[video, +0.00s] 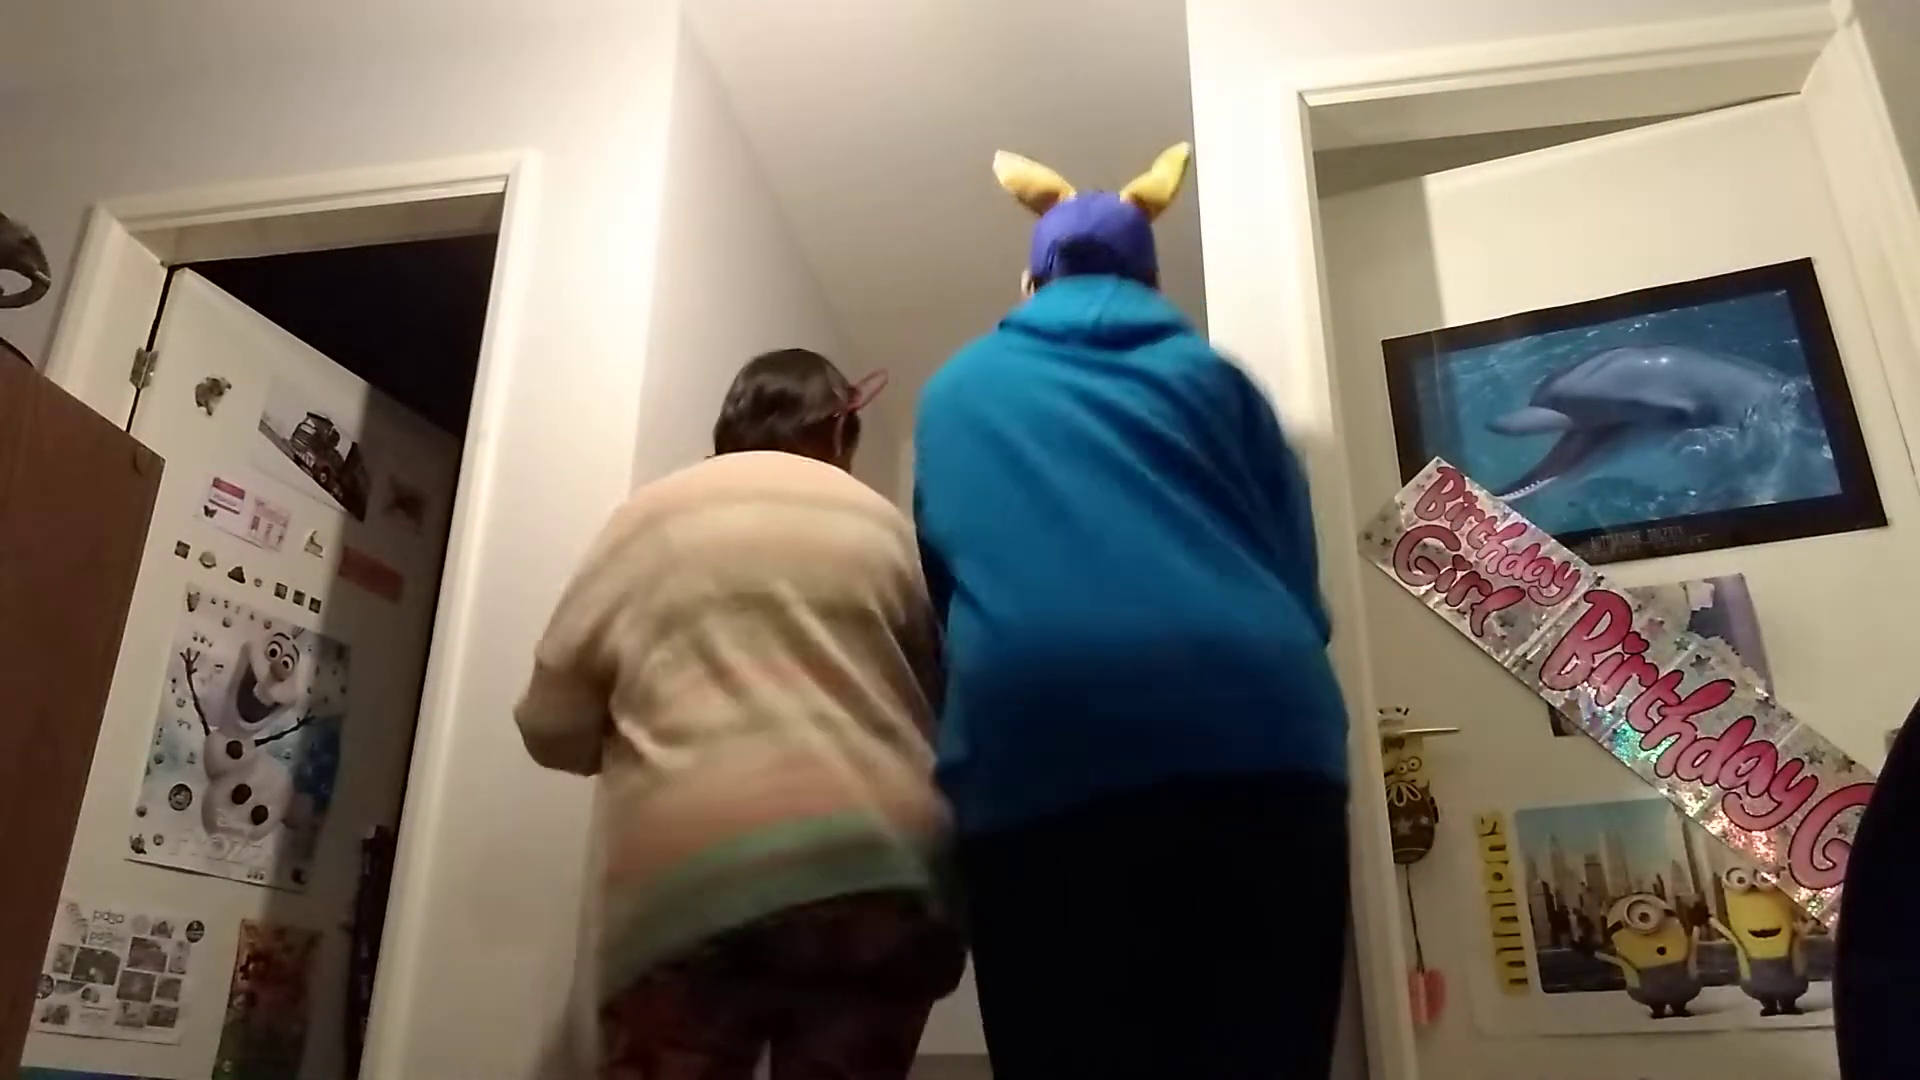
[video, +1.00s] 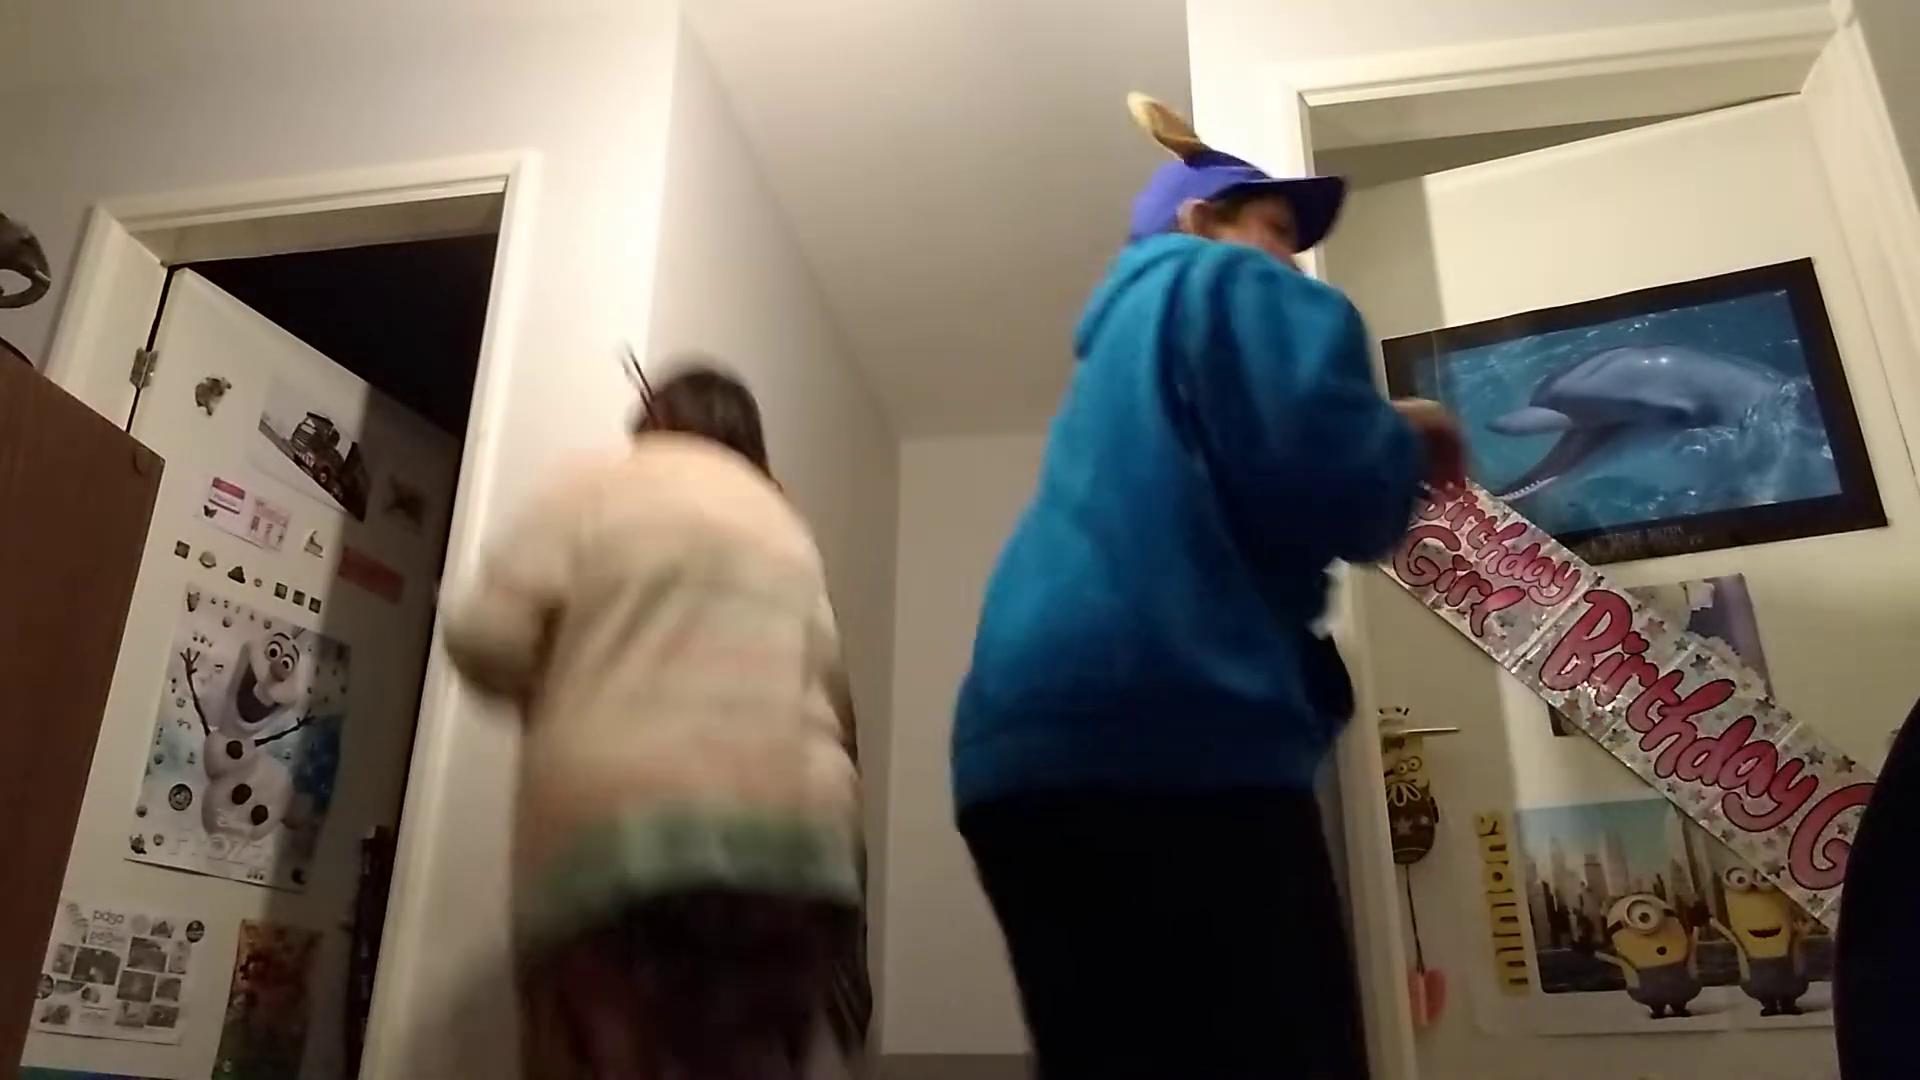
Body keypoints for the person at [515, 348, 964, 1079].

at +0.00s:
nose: (852, 450)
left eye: (850, 435)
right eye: (851, 433)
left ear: (723, 434)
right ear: (838, 431)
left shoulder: (644, 517)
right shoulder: (883, 520)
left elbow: (549, 720)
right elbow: (930, 686)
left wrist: (654, 742)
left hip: (684, 887)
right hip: (879, 866)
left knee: (670, 1065)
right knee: (849, 1065)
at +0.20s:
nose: (850, 437)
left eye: (848, 425)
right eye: (848, 425)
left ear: (723, 429)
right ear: (836, 426)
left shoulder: (650, 510)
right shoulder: (890, 513)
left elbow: (570, 727)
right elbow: (941, 666)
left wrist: (678, 727)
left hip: (679, 863)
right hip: (875, 858)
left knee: (683, 1062)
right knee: (853, 1065)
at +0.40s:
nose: (831, 443)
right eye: (830, 433)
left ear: (702, 442)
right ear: (820, 434)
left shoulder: (638, 516)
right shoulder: (876, 515)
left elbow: (559, 728)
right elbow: (930, 659)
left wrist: (667, 780)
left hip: (668, 854)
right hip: (860, 849)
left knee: (672, 1059)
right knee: (836, 1059)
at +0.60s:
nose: (818, 451)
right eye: (817, 442)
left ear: (691, 437)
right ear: (808, 445)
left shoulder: (634, 502)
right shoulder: (860, 518)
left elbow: (537, 694)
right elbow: (916, 678)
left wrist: (639, 727)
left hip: (667, 829)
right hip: (866, 832)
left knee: (650, 1063)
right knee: (826, 1062)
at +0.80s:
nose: (668, 475)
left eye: (671, 467)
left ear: (678, 471)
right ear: (791, 485)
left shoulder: (618, 526)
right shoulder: (844, 560)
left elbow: (520, 689)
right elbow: (912, 758)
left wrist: (608, 756)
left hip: (656, 872)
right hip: (853, 883)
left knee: (640, 1063)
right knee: (813, 1065)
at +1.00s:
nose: (633, 432)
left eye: (639, 423)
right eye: (639, 426)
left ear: (652, 420)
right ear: (750, 439)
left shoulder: (590, 485)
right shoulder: (790, 526)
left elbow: (483, 631)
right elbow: (831, 686)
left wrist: (556, 690)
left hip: (610, 843)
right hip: (793, 842)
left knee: (602, 1057)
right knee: (766, 1059)